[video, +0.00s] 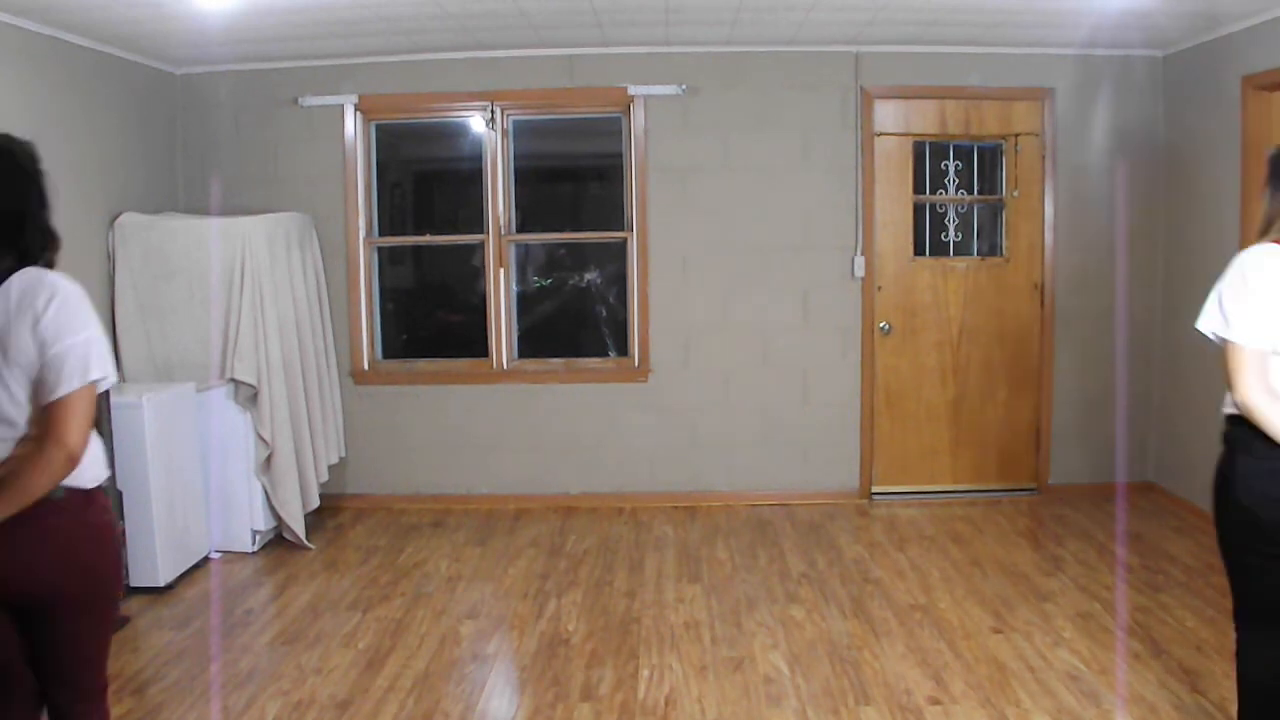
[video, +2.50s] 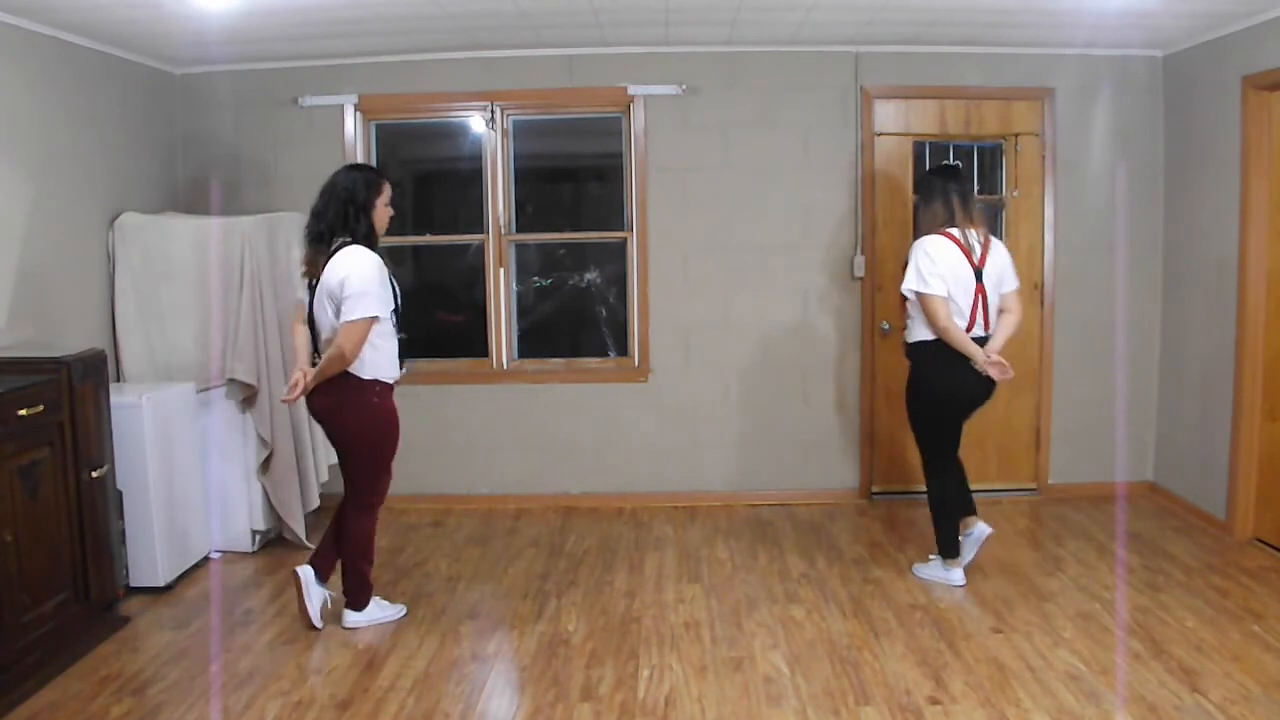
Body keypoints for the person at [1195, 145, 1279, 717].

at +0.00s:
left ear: (1269, 189)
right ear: (1276, 190)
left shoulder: (1256, 266)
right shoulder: (1256, 267)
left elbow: (1250, 389)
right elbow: (1251, 389)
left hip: (1255, 456)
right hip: (1258, 459)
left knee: (1261, 630)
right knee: (1262, 630)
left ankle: (1258, 706)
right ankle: (1257, 707)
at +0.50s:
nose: (1196, 206)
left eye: (1198, 196)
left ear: (1206, 196)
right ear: (1271, 195)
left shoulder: (1187, 268)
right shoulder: (1277, 260)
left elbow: (1186, 379)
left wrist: (1266, 430)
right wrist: (1269, 429)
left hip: (1214, 444)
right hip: (1270, 435)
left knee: (1238, 609)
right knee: (1241, 602)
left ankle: (1248, 712)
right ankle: (1252, 706)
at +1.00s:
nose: (1138, 216)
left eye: (1141, 206)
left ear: (1144, 209)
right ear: (1202, 209)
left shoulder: (1120, 268)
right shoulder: (1233, 274)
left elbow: (1107, 362)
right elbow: (1258, 364)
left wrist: (1169, 409)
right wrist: (1200, 408)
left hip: (1132, 423)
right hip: (1204, 423)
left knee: (1141, 553)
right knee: (1147, 539)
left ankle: (1201, 675)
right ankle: (1116, 639)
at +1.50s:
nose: (1092, 204)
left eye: (1091, 195)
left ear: (1090, 198)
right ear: (1143, 197)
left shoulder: (1072, 255)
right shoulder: (1176, 256)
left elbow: (1065, 340)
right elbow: (1199, 337)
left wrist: (1118, 384)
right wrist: (1145, 382)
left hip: (1084, 397)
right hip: (1154, 398)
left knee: (1054, 484)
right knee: (1129, 517)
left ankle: (1073, 585)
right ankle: (1117, 637)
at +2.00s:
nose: (1006, 228)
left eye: (1008, 220)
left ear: (1012, 222)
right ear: (1059, 219)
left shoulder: (999, 271)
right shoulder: (1094, 270)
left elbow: (997, 344)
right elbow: (1116, 341)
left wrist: (1045, 387)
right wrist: (1067, 384)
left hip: (1013, 398)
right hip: (1078, 400)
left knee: (988, 486)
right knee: (1081, 513)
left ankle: (957, 560)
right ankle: (1108, 622)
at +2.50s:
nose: (920, 210)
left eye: (922, 204)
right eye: (921, 204)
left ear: (930, 205)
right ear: (967, 202)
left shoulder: (927, 249)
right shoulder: (995, 248)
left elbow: (941, 322)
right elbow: (1012, 311)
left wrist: (980, 357)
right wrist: (990, 351)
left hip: (936, 366)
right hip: (980, 368)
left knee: (938, 458)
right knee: (943, 443)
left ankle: (949, 560)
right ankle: (969, 520)